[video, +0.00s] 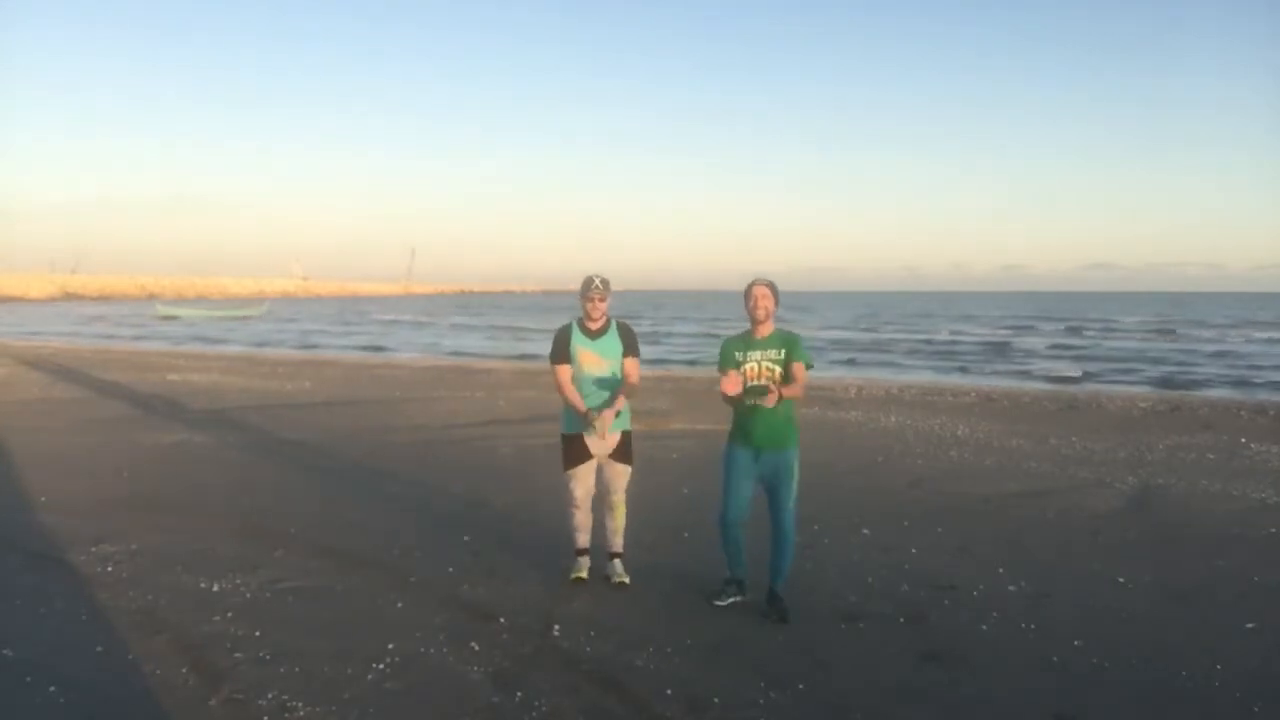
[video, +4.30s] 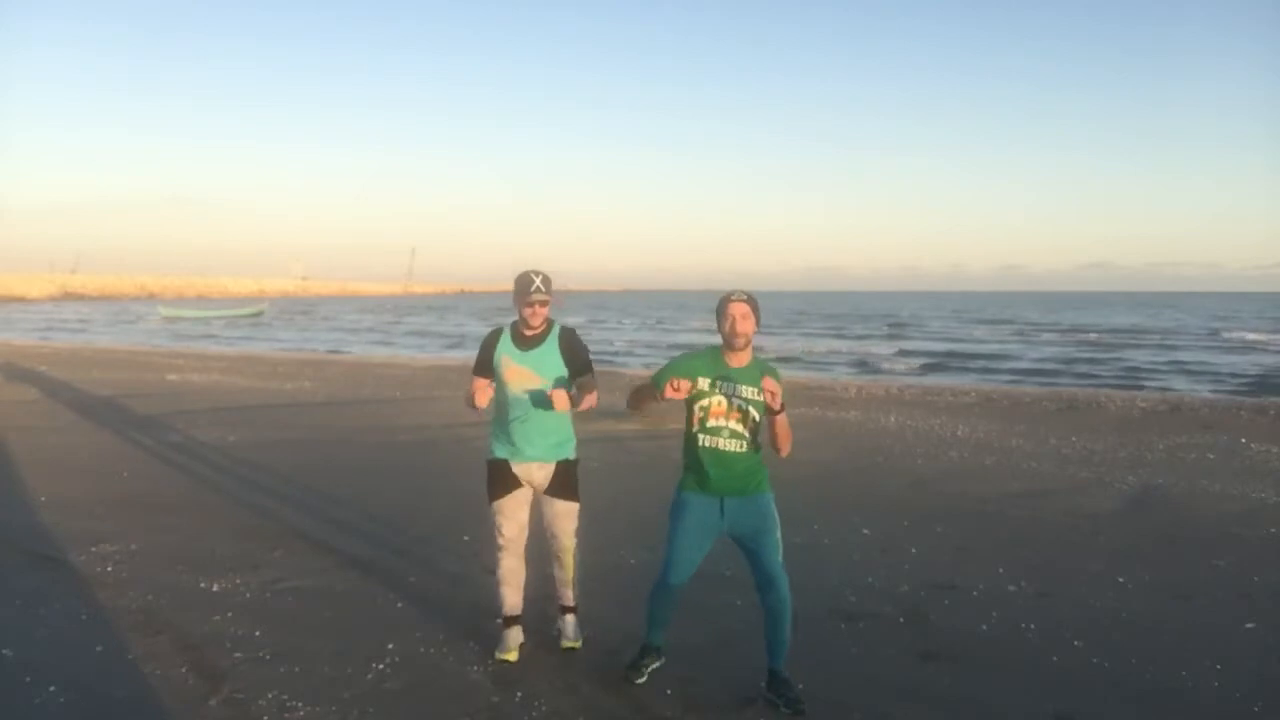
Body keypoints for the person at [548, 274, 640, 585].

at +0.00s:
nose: (595, 305)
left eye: (601, 300)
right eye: (590, 299)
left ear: (608, 301)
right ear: (581, 301)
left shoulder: (623, 332)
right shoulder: (565, 335)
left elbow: (632, 379)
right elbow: (564, 384)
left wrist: (612, 410)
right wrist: (587, 414)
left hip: (617, 426)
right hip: (578, 427)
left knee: (616, 496)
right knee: (580, 496)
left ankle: (615, 559)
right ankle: (581, 557)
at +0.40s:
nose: (590, 309)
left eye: (595, 304)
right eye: (584, 303)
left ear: (603, 305)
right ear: (575, 303)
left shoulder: (617, 336)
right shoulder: (557, 339)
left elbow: (631, 379)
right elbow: (546, 387)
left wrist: (641, 413)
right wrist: (543, 432)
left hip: (610, 433)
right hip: (566, 433)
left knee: (614, 499)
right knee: (554, 493)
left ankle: (615, 560)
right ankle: (547, 554)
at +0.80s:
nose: (552, 313)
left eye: (558, 308)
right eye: (547, 307)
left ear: (564, 309)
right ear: (536, 306)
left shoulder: (575, 340)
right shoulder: (514, 339)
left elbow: (593, 385)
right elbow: (497, 383)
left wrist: (603, 426)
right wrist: (486, 426)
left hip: (567, 436)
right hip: (522, 436)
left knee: (585, 498)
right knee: (513, 501)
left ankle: (604, 559)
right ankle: (504, 563)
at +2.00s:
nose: (504, 325)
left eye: (509, 319)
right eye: (499, 319)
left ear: (519, 316)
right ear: (490, 316)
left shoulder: (533, 339)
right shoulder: (474, 343)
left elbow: (562, 371)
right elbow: (458, 378)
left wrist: (565, 386)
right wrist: (446, 403)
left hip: (526, 440)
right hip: (481, 439)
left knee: (539, 511)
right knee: (472, 508)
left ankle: (547, 563)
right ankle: (470, 573)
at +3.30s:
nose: (524, 316)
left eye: (531, 309)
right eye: (518, 309)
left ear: (540, 310)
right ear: (508, 311)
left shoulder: (560, 340)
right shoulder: (492, 348)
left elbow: (587, 380)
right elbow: (474, 393)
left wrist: (587, 422)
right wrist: (484, 440)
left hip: (562, 450)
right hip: (514, 454)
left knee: (573, 529)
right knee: (499, 525)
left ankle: (581, 606)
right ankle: (481, 576)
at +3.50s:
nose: (548, 315)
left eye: (555, 308)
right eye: (542, 308)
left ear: (564, 308)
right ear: (532, 309)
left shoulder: (582, 343)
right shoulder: (513, 348)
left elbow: (610, 389)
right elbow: (493, 395)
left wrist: (617, 431)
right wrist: (494, 439)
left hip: (574, 454)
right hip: (527, 456)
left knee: (576, 532)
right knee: (523, 532)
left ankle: (581, 609)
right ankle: (529, 591)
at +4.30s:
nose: (536, 311)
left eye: (542, 304)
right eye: (529, 304)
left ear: (550, 304)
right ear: (516, 303)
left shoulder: (566, 339)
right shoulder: (496, 341)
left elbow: (590, 393)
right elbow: (477, 398)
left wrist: (575, 401)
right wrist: (479, 397)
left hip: (559, 458)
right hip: (508, 457)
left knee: (563, 543)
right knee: (508, 544)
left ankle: (568, 615)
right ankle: (511, 625)